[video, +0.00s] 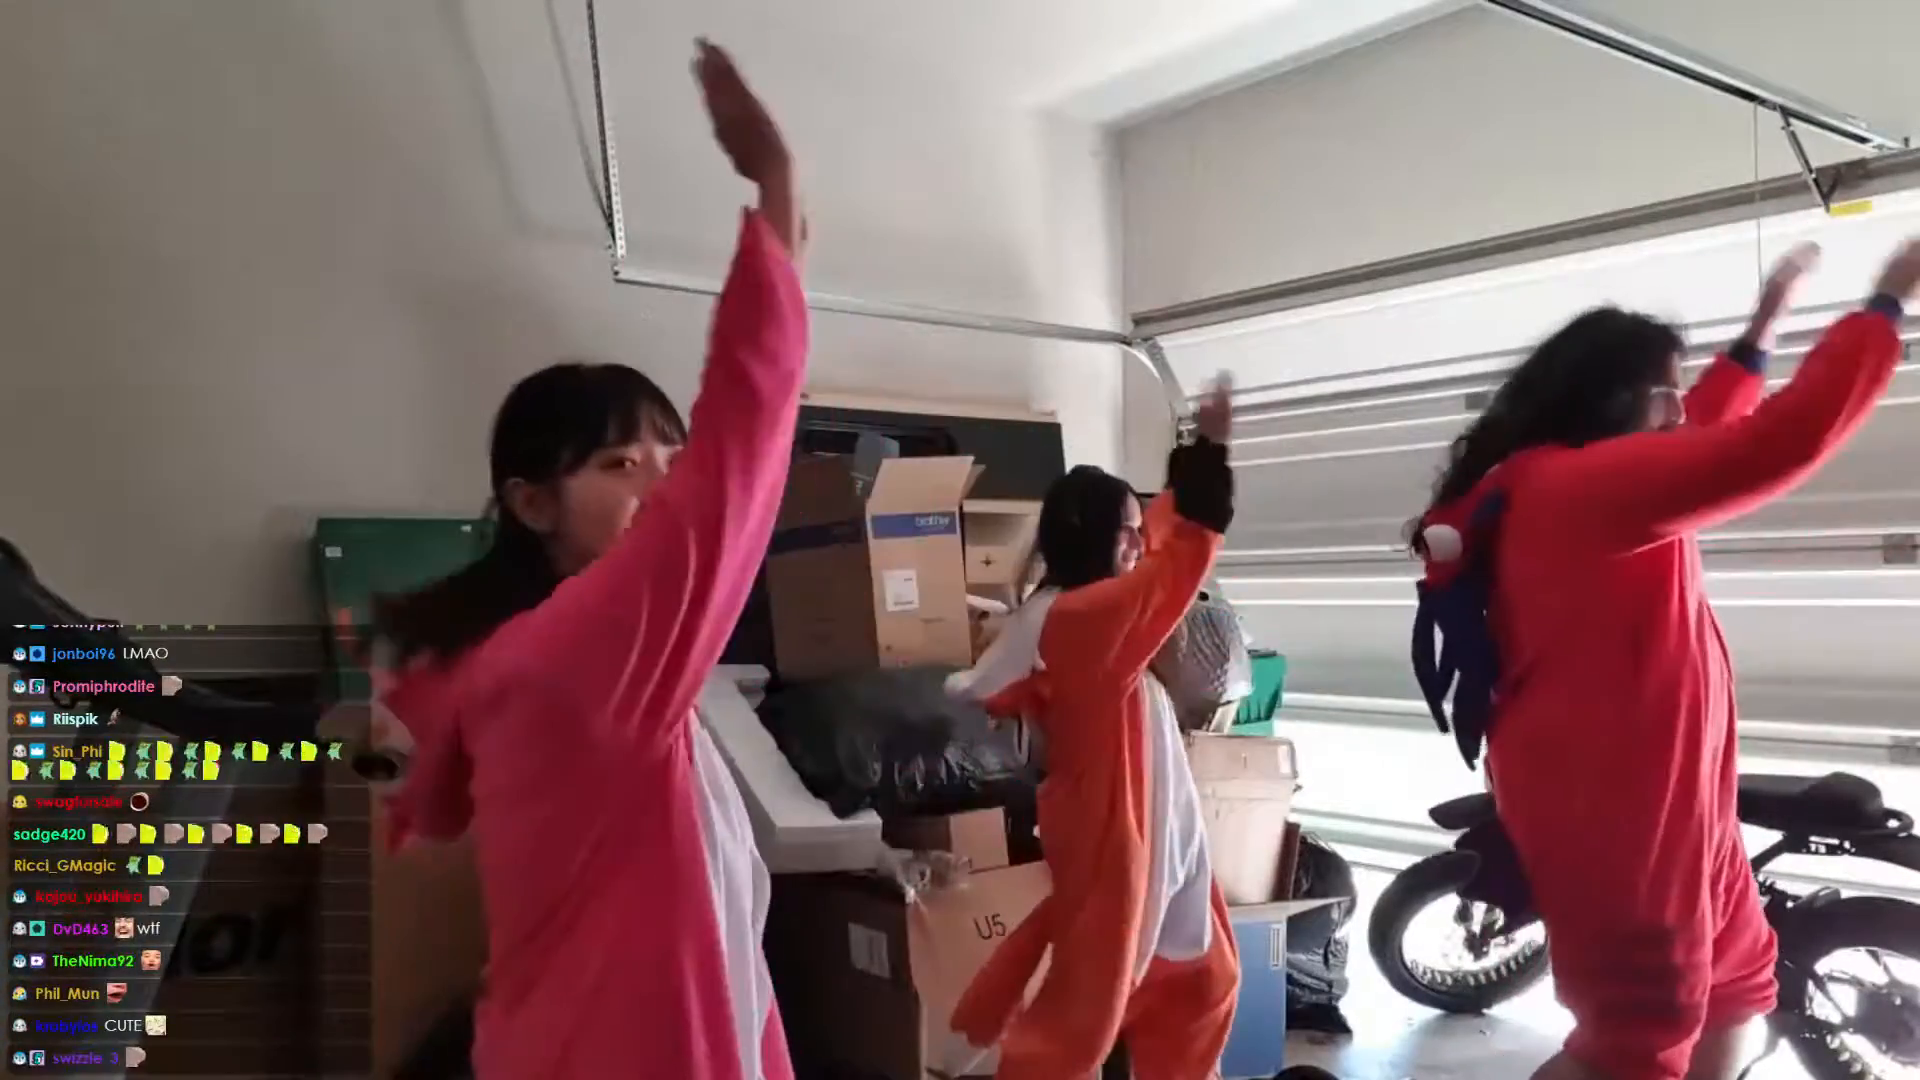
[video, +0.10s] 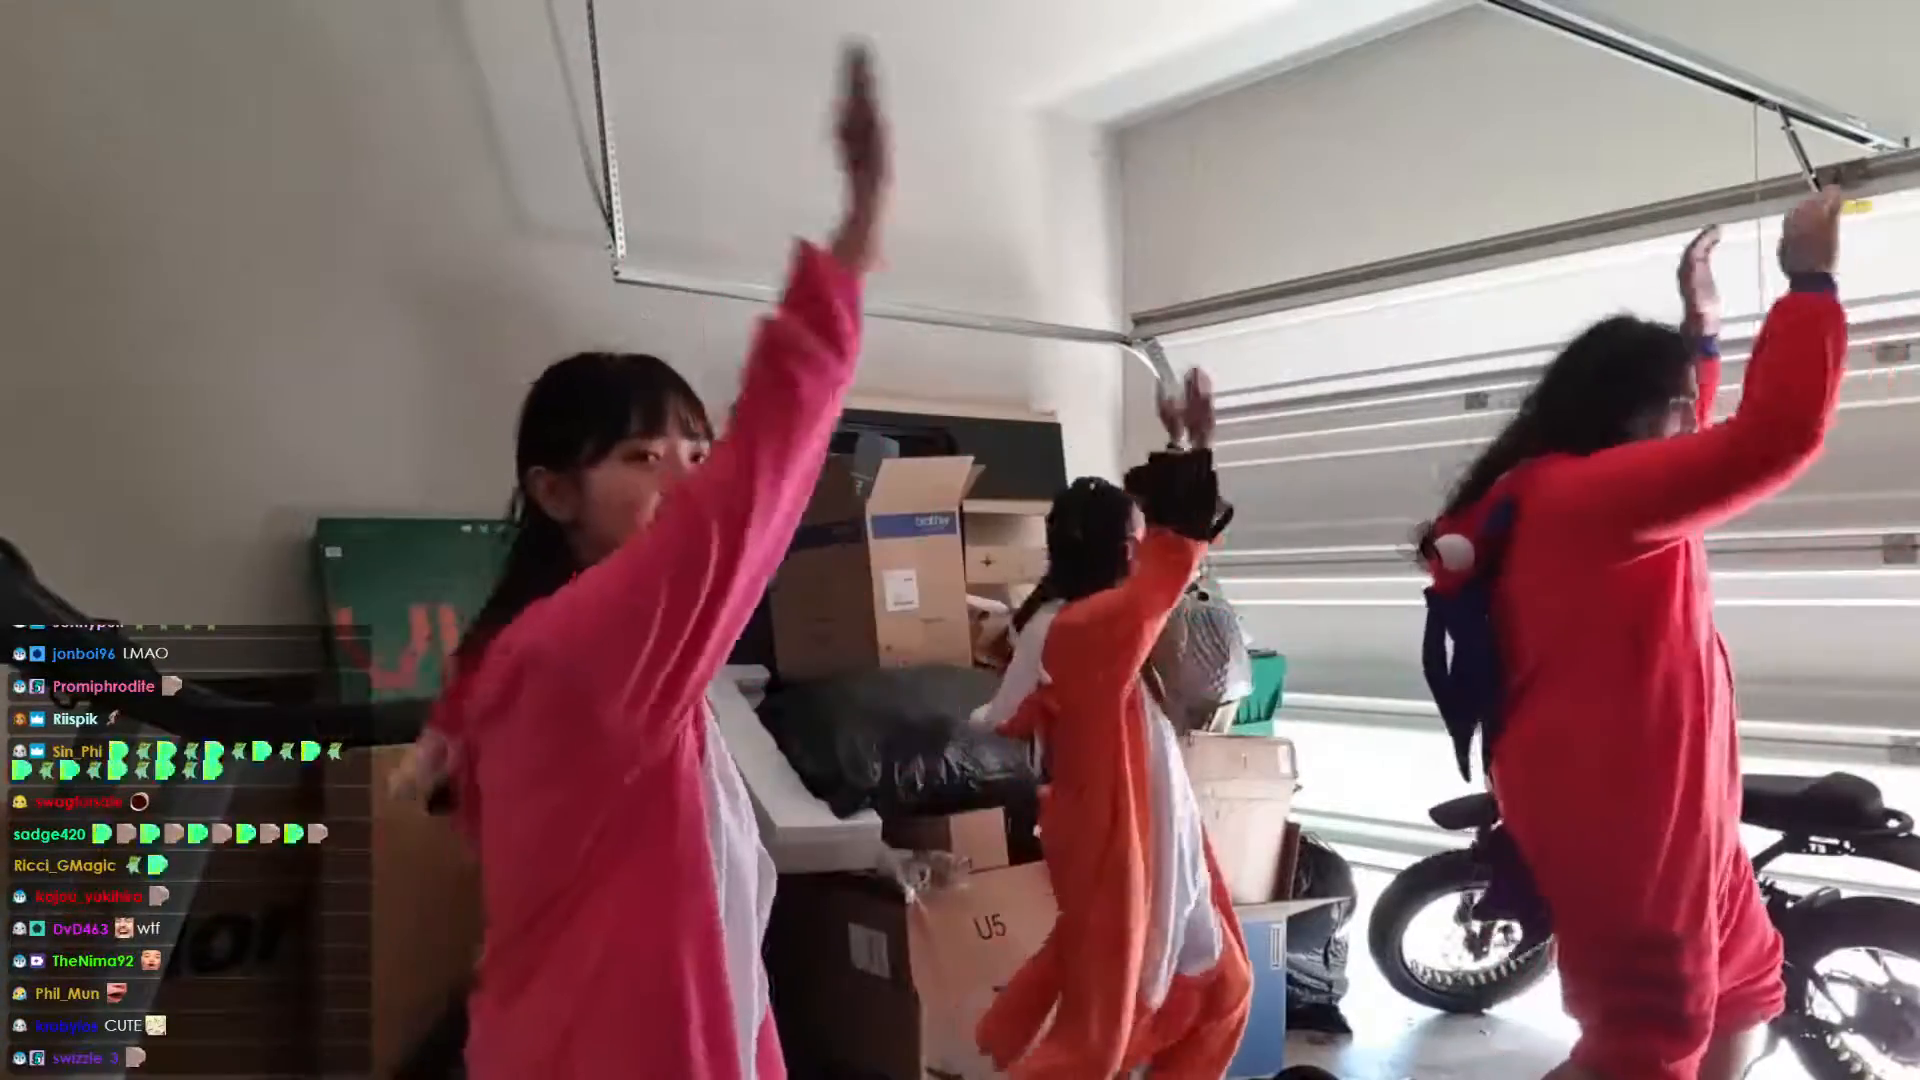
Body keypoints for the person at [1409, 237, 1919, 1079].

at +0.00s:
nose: (1681, 415)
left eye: (1680, 397)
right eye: (1666, 397)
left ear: (1585, 399)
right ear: (1613, 400)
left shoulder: (1604, 481)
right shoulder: (1566, 490)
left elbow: (1699, 435)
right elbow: (1778, 446)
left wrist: (1763, 327)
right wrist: (1888, 304)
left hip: (1670, 791)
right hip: (1610, 813)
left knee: (1738, 982)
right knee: (1640, 1036)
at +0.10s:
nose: (1692, 426)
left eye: (1695, 409)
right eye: (1680, 406)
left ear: (1594, 398)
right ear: (1628, 405)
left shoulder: (1600, 487)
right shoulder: (1574, 493)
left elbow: (1690, 438)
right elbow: (1777, 441)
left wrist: (1701, 325)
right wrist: (1811, 282)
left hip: (1667, 797)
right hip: (1611, 813)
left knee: (1747, 990)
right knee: (1652, 1039)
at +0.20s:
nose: (1687, 412)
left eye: (1686, 392)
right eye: (1674, 391)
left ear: (1588, 385)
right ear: (1624, 393)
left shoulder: (1596, 473)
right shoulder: (1573, 482)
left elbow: (1694, 464)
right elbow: (1791, 482)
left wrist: (1747, 357)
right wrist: (1894, 333)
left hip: (1664, 792)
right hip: (1609, 811)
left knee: (1729, 982)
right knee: (1638, 1034)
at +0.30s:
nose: (1690, 388)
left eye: (1690, 367)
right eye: (1673, 368)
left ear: (1588, 371)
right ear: (1619, 371)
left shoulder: (1593, 466)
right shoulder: (1587, 474)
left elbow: (1688, 531)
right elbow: (1766, 561)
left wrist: (1793, 489)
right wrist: (1915, 521)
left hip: (1652, 784)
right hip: (1597, 795)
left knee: (1692, 979)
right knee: (1616, 1023)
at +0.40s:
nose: (1705, 382)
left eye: (1713, 364)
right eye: (1683, 360)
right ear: (1625, 368)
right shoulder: (1606, 482)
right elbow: (1703, 636)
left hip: (1633, 789)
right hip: (1589, 799)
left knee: (1665, 987)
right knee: (1594, 1022)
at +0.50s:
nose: (1709, 383)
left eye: (1721, 367)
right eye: (1686, 361)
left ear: (1734, 386)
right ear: (1632, 370)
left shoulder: (1648, 480)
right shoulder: (1613, 486)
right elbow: (1651, 668)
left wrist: (1705, 792)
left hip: (1628, 779)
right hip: (1579, 786)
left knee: (1662, 989)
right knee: (1591, 1022)